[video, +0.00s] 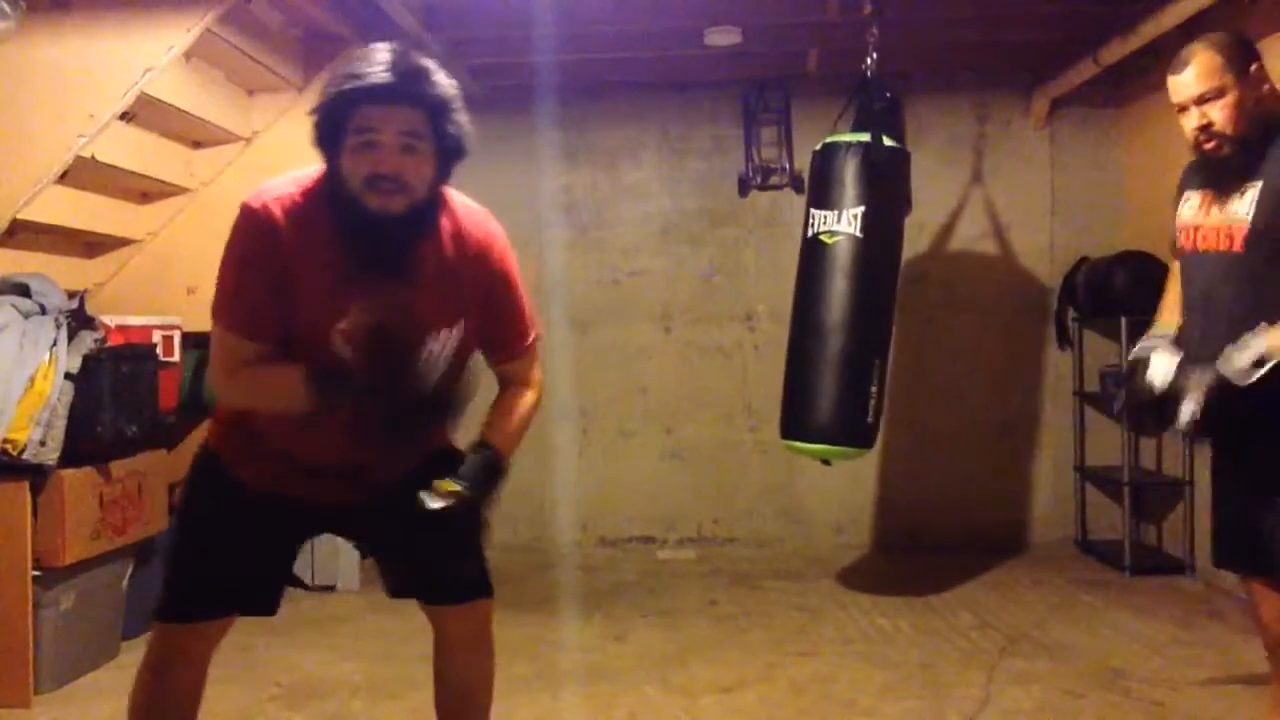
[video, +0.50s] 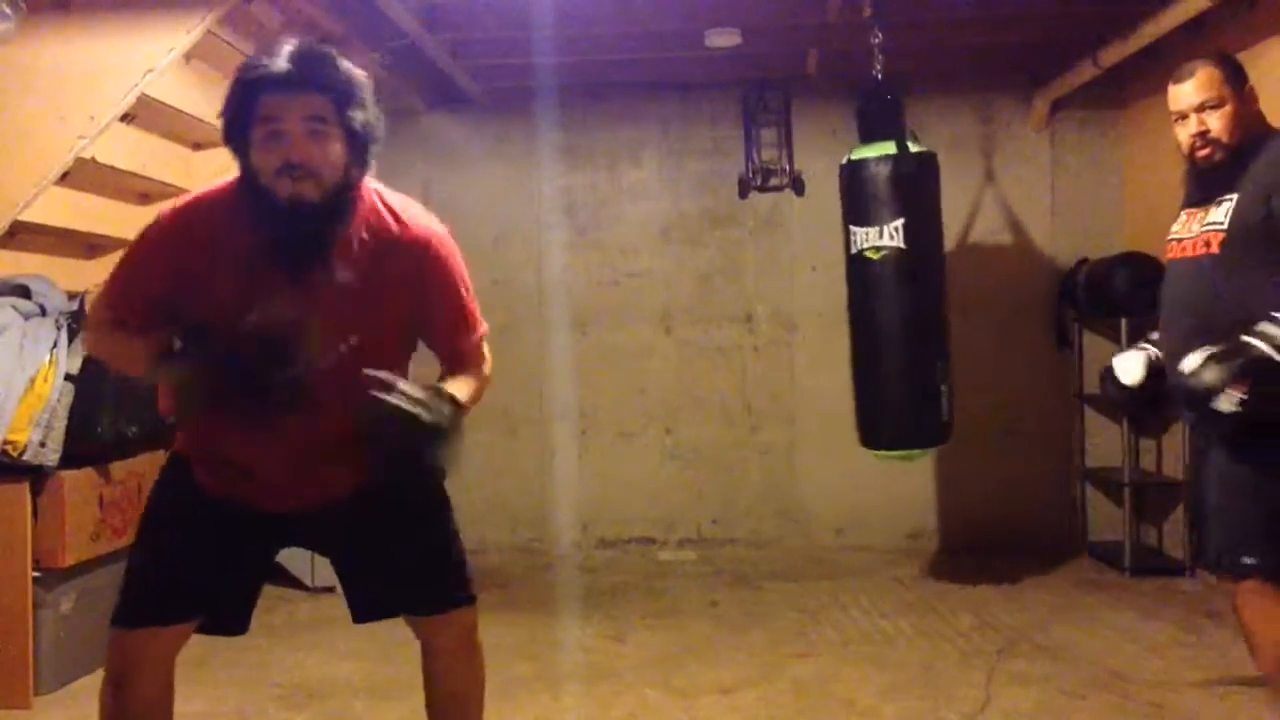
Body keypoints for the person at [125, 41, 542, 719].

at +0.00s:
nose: (387, 163)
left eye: (411, 145)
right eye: (365, 142)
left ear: (443, 158)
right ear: (333, 150)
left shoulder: (474, 244)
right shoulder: (272, 223)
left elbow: (522, 378)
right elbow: (228, 381)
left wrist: (480, 471)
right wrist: (344, 382)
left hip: (403, 466)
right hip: (260, 461)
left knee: (467, 616)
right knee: (183, 634)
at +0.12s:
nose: (353, 164)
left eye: (376, 144)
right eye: (332, 143)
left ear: (411, 155)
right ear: (301, 151)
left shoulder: (454, 237)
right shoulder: (253, 225)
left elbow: (501, 377)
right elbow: (235, 393)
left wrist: (450, 405)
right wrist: (341, 354)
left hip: (390, 460)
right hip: (245, 456)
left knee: (456, 619)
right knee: (161, 634)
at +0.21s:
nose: (338, 158)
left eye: (361, 136)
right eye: (316, 137)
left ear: (398, 147)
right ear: (286, 147)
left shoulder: (442, 229)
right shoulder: (241, 219)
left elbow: (469, 391)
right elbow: (224, 393)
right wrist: (330, 341)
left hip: (382, 456)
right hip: (235, 456)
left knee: (452, 618)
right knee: (152, 639)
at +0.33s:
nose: (318, 145)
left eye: (340, 125)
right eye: (296, 126)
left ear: (376, 136)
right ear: (266, 137)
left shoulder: (419, 218)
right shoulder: (222, 211)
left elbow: (457, 376)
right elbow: (171, 371)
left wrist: (346, 342)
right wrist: (277, 343)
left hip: (377, 458)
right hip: (226, 458)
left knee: (449, 616)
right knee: (146, 640)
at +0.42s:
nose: (303, 144)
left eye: (326, 123)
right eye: (280, 125)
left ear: (364, 136)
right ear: (252, 140)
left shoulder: (411, 224)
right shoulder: (205, 218)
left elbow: (469, 371)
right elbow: (122, 354)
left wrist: (387, 377)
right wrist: (237, 337)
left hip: (374, 462)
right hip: (224, 462)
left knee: (449, 619)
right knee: (144, 638)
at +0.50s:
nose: (293, 150)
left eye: (316, 128)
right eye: (270, 131)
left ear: (355, 142)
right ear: (243, 147)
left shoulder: (413, 242)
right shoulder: (188, 232)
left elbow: (470, 362)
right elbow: (103, 331)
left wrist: (441, 405)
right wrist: (176, 364)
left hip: (370, 468)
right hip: (219, 468)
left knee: (451, 620)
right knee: (138, 645)